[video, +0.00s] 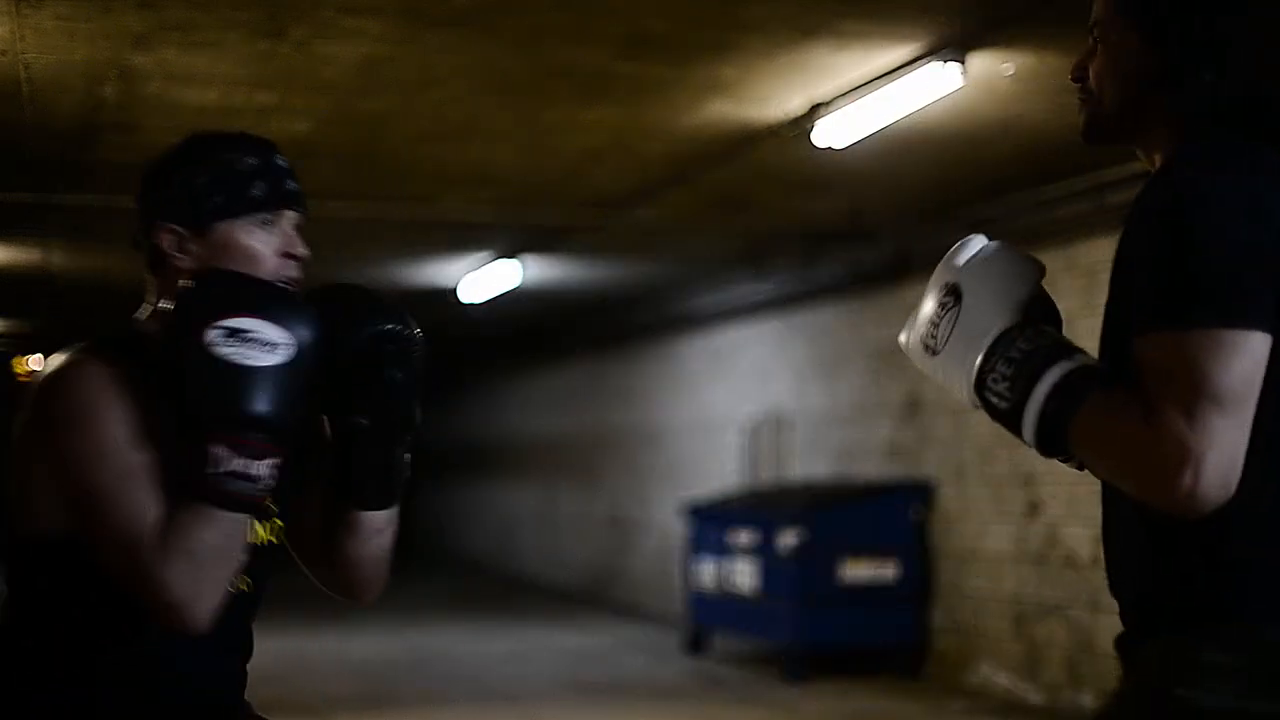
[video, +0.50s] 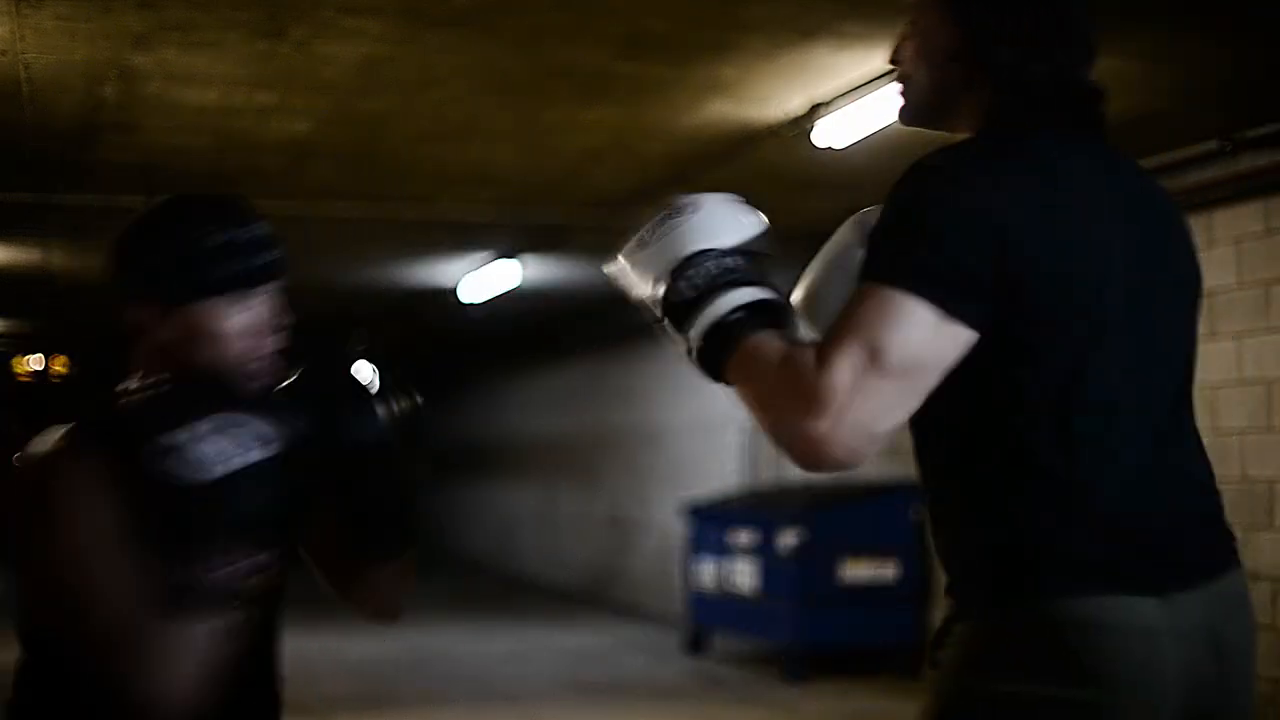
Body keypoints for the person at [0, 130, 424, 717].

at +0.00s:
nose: (298, 249)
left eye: (296, 227)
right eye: (266, 224)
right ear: (180, 246)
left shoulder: (257, 384)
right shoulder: (88, 388)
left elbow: (356, 580)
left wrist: (380, 422)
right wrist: (245, 427)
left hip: (213, 700)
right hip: (91, 709)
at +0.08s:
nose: (331, 278)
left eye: (325, 252)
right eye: (302, 248)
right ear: (212, 268)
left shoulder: (240, 402)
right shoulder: (122, 399)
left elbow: (355, 602)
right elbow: (219, 616)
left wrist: (389, 440)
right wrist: (286, 439)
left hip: (194, 705)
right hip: (96, 705)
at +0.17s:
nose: (343, 292)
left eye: (338, 268)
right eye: (316, 266)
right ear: (228, 280)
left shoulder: (241, 410)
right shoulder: (127, 410)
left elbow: (318, 616)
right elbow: (215, 631)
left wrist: (379, 472)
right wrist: (302, 465)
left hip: (190, 707)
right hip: (99, 714)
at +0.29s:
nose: (290, 290)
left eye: (287, 262)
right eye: (256, 264)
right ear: (170, 279)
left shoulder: (263, 403)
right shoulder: (60, 421)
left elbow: (347, 590)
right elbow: (119, 649)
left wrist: (355, 432)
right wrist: (202, 480)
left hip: (222, 699)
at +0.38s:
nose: (207, 350)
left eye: (219, 318)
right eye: (175, 326)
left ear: (235, 318)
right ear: (112, 339)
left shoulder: (261, 432)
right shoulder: (48, 458)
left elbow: (369, 629)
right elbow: (47, 691)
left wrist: (328, 487)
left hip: (224, 705)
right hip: (98, 711)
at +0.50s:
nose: (273, 321)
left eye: (272, 295)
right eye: (241, 301)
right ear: (169, 319)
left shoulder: (279, 429)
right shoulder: (93, 458)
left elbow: (377, 595)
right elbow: (161, 681)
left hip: (245, 705)